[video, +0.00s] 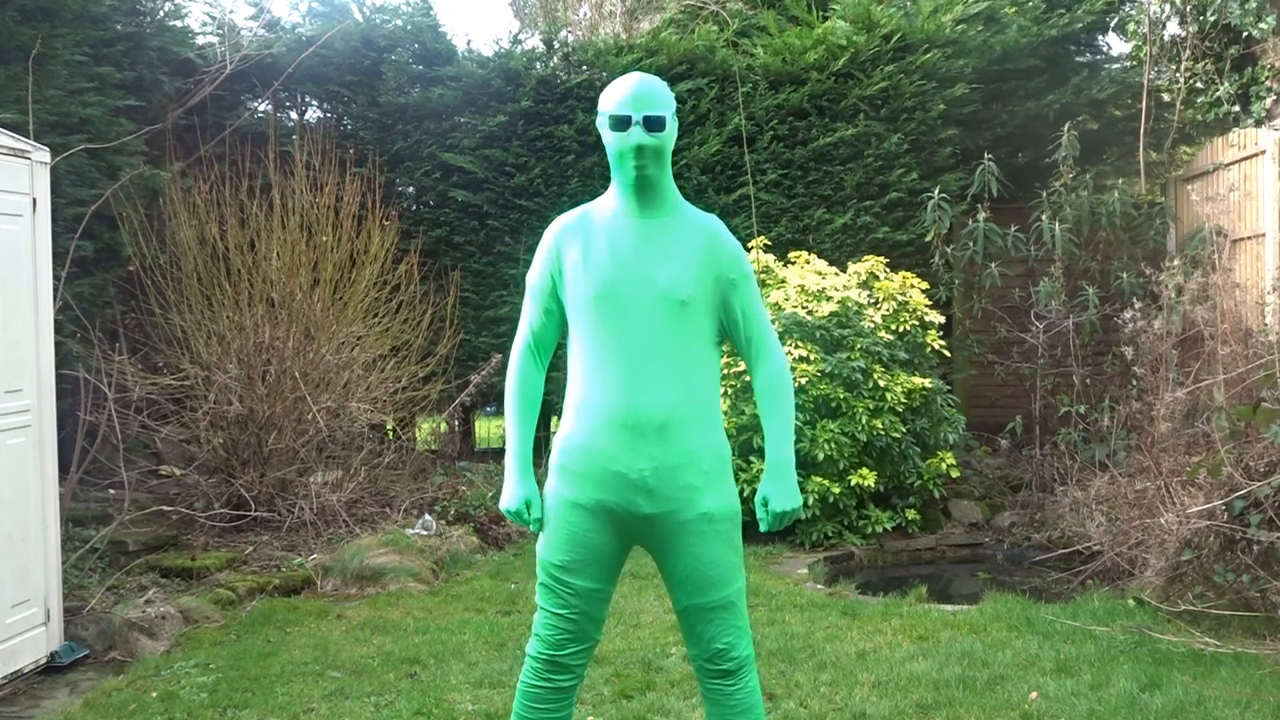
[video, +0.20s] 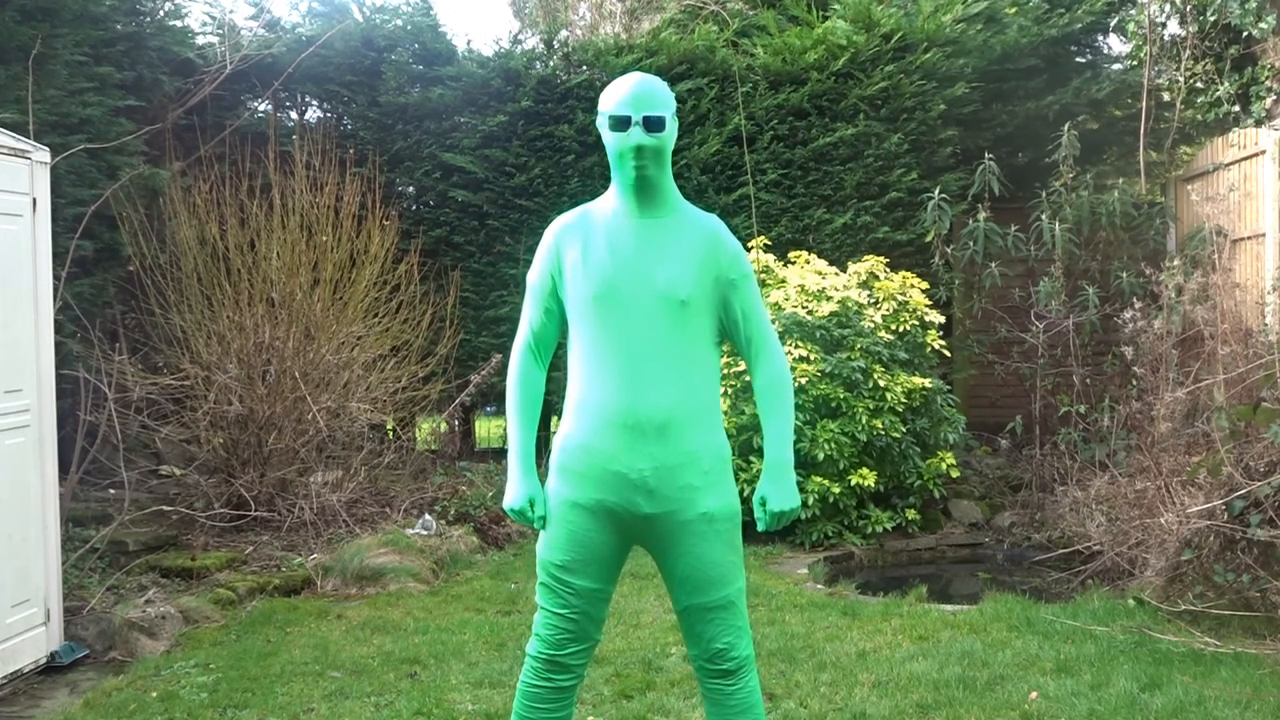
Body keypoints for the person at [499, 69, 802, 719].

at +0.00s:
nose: (638, 136)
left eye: (653, 123)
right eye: (622, 123)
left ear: (674, 133)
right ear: (602, 135)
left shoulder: (712, 240)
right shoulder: (566, 237)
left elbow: (765, 354)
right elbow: (529, 353)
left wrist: (781, 466)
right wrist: (517, 469)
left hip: (696, 488)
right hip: (584, 486)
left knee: (727, 666)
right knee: (553, 663)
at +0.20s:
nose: (638, 137)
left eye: (653, 123)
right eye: (622, 124)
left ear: (674, 133)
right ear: (602, 134)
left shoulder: (712, 240)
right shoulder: (566, 236)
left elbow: (765, 353)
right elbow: (530, 353)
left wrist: (779, 466)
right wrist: (520, 468)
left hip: (696, 488)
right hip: (585, 486)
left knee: (727, 666)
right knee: (553, 663)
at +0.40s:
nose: (639, 136)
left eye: (654, 122)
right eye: (623, 124)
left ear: (674, 132)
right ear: (602, 135)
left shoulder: (713, 239)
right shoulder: (566, 237)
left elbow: (766, 353)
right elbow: (531, 354)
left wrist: (781, 465)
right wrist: (521, 469)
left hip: (696, 488)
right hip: (585, 486)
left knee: (727, 667)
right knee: (552, 665)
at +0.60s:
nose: (639, 137)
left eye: (654, 123)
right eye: (623, 124)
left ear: (674, 132)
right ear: (603, 135)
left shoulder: (713, 239)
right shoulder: (567, 236)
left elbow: (767, 352)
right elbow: (531, 353)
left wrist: (784, 464)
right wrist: (518, 468)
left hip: (696, 486)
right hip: (584, 485)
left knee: (727, 666)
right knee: (552, 664)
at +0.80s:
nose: (638, 137)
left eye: (653, 123)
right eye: (623, 124)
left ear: (674, 132)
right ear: (602, 135)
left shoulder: (713, 239)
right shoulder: (566, 236)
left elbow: (767, 353)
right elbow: (530, 353)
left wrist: (784, 464)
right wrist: (518, 467)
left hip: (695, 488)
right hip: (583, 486)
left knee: (727, 667)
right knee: (551, 665)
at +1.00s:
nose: (637, 137)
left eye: (652, 123)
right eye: (621, 124)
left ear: (673, 133)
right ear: (602, 136)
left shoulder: (712, 239)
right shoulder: (566, 236)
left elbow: (766, 353)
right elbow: (530, 352)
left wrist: (781, 465)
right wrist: (518, 466)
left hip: (695, 488)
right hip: (583, 486)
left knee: (726, 666)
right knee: (552, 663)